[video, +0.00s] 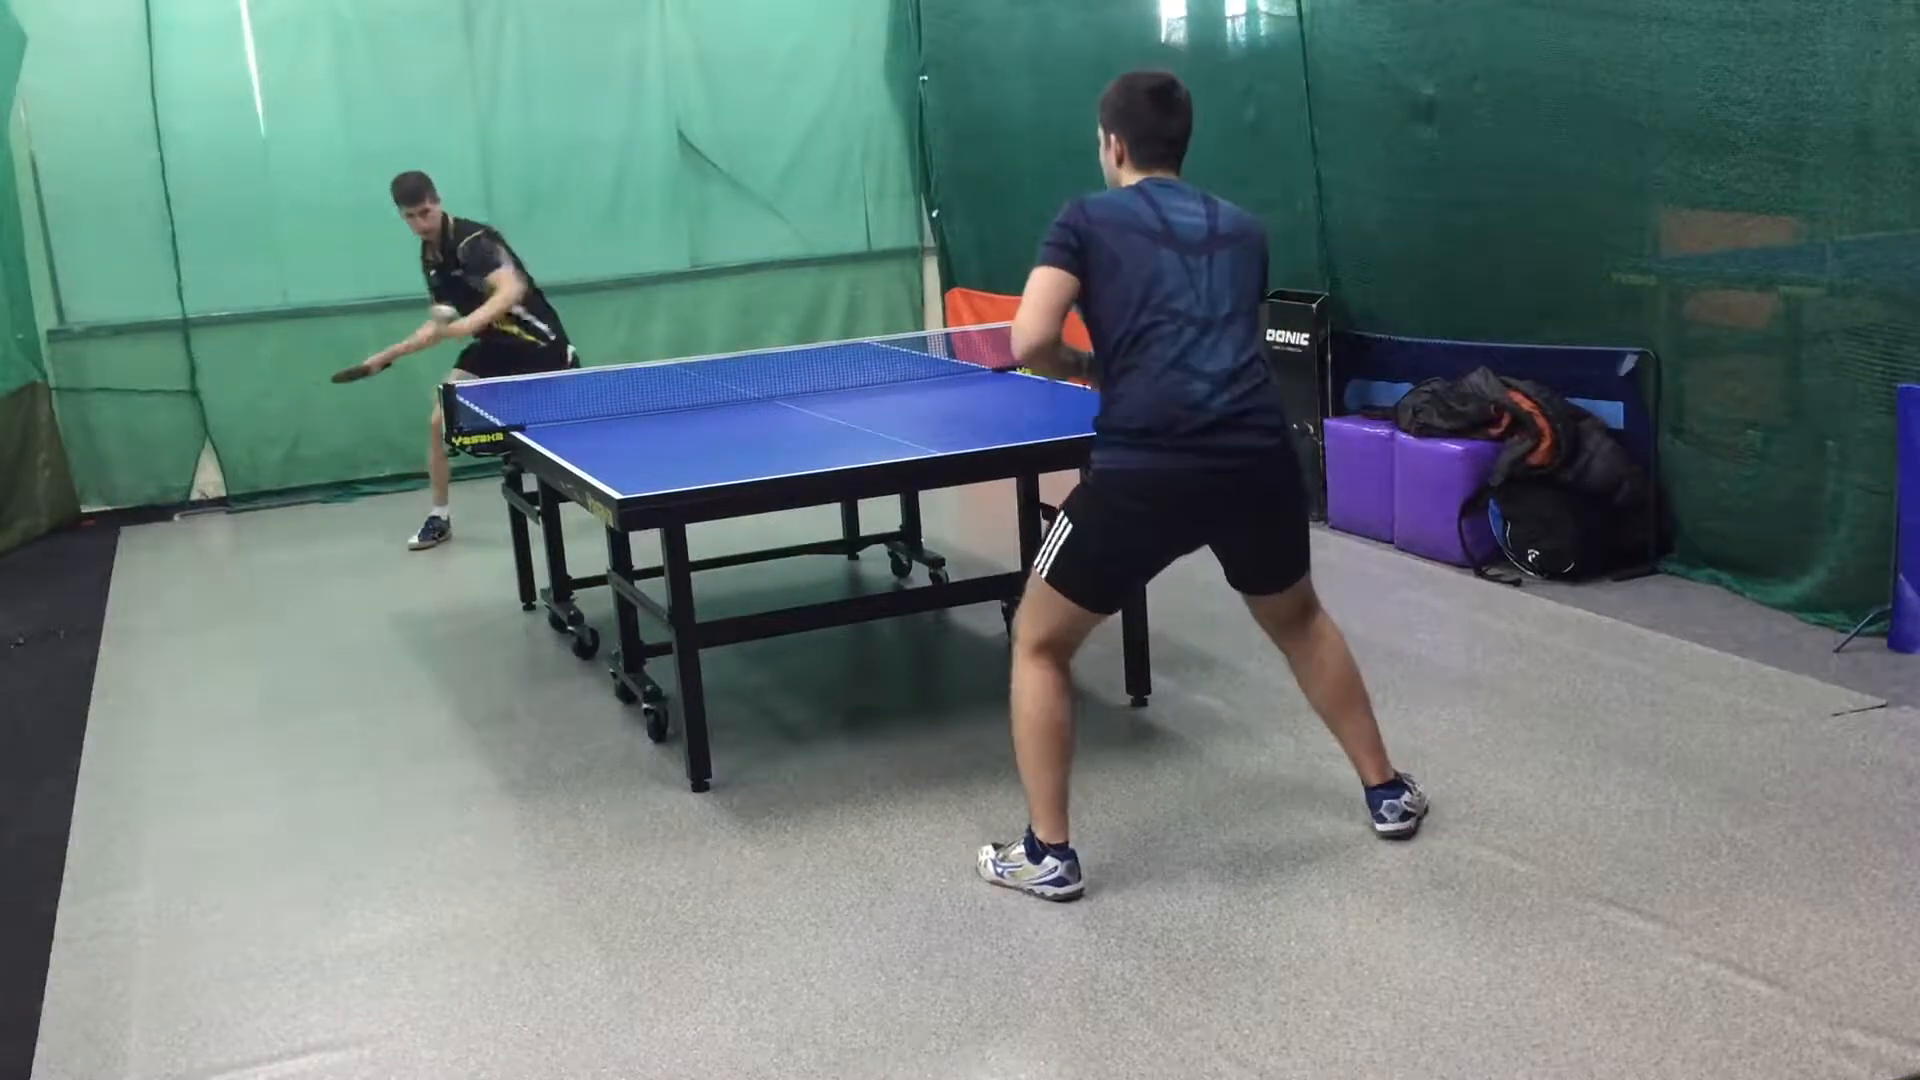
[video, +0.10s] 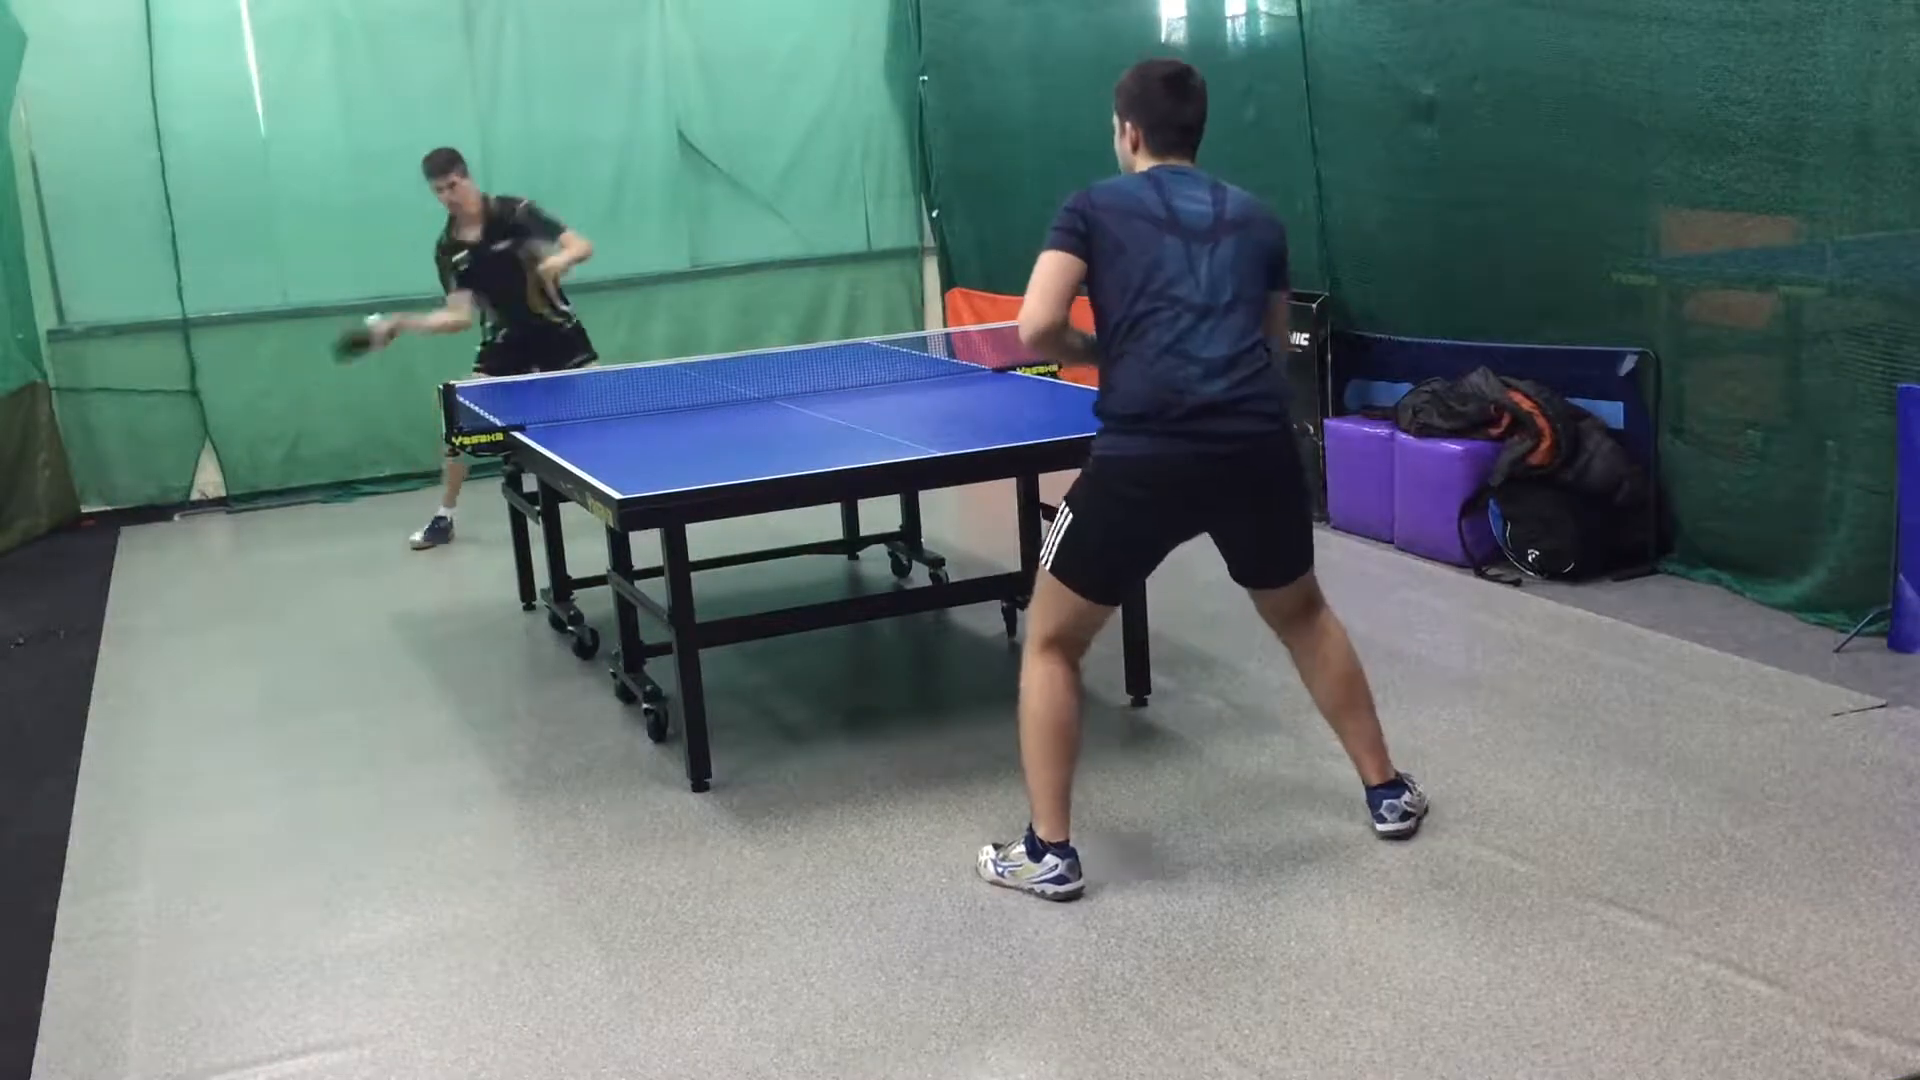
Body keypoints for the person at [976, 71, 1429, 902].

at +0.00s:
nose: (1101, 152)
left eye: (1101, 141)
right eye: (1107, 140)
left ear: (1113, 146)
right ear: (1184, 145)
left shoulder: (1087, 218)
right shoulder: (1243, 227)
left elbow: (1033, 340)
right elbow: (1236, 334)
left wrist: (1078, 367)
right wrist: (1132, 356)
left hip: (1142, 479)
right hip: (1256, 472)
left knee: (1040, 645)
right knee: (1301, 621)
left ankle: (1048, 850)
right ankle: (1387, 792)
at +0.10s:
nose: (1114, 138)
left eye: (1115, 126)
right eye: (1122, 126)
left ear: (1126, 133)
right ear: (1198, 133)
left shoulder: (1093, 206)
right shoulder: (1256, 216)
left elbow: (1039, 325)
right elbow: (1277, 337)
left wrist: (1100, 350)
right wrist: (1202, 336)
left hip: (1143, 465)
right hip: (1256, 460)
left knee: (1054, 644)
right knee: (1304, 616)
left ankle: (1049, 848)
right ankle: (1386, 792)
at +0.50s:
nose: (1173, 144)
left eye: (1174, 133)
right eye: (1188, 135)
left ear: (1179, 141)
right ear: (1250, 150)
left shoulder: (1116, 212)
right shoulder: (1286, 237)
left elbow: (1053, 328)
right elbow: (1294, 375)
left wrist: (1116, 344)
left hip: (1147, 474)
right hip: (1266, 470)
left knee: (1066, 644)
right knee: (1323, 615)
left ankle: (1047, 843)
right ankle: (1388, 790)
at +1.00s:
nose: (1109, 157)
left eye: (1109, 147)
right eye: (1119, 146)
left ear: (1119, 151)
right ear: (1191, 149)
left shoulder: (1087, 228)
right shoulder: (1257, 221)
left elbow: (1032, 373)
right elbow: (1305, 352)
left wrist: (1007, 348)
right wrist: (1291, 417)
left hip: (1133, 478)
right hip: (1247, 473)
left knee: (1044, 636)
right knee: (1290, 620)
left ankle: (1043, 833)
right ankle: (1368, 793)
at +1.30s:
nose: (1138, 107)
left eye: (1136, 96)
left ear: (1140, 101)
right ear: (1216, 100)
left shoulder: (1098, 184)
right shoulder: (1259, 175)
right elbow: (1281, 322)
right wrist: (1318, 346)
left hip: (1116, 439)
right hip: (1231, 438)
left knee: (1062, 633)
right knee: (1299, 614)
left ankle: (1042, 830)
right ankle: (1373, 793)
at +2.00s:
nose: (1074, 88)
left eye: (1076, 76)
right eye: (1080, 76)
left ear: (1090, 82)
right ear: (1165, 85)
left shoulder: (1066, 152)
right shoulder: (1217, 161)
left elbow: (1010, 283)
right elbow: (1208, 275)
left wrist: (1051, 364)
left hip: (1112, 425)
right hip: (1224, 415)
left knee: (1069, 632)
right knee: (1252, 597)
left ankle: (1052, 826)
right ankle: (1294, 777)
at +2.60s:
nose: (1141, 127)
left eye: (1140, 116)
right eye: (1151, 117)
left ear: (1146, 122)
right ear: (1222, 127)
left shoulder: (1095, 190)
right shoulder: (1264, 208)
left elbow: (1016, 297)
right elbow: (1308, 355)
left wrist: (1079, 334)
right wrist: (1378, 429)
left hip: (1102, 445)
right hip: (1223, 446)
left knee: (1046, 629)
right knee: (1279, 608)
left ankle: (1040, 828)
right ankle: (1329, 787)